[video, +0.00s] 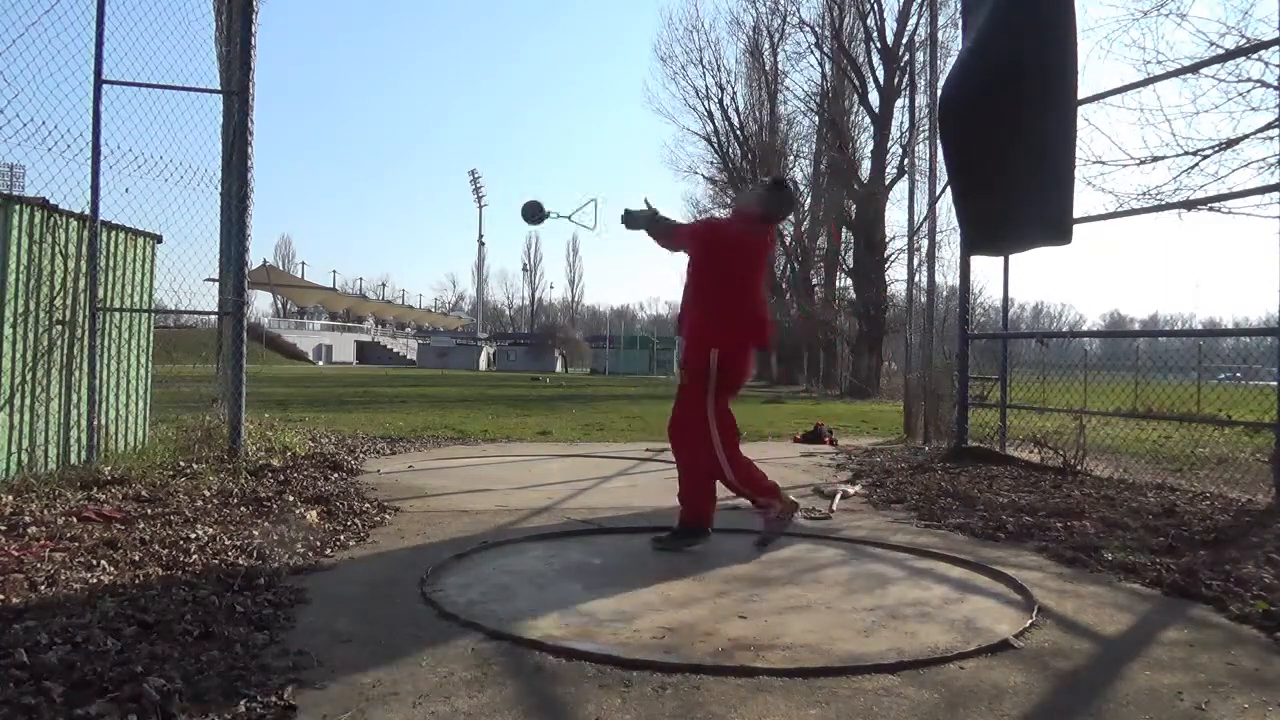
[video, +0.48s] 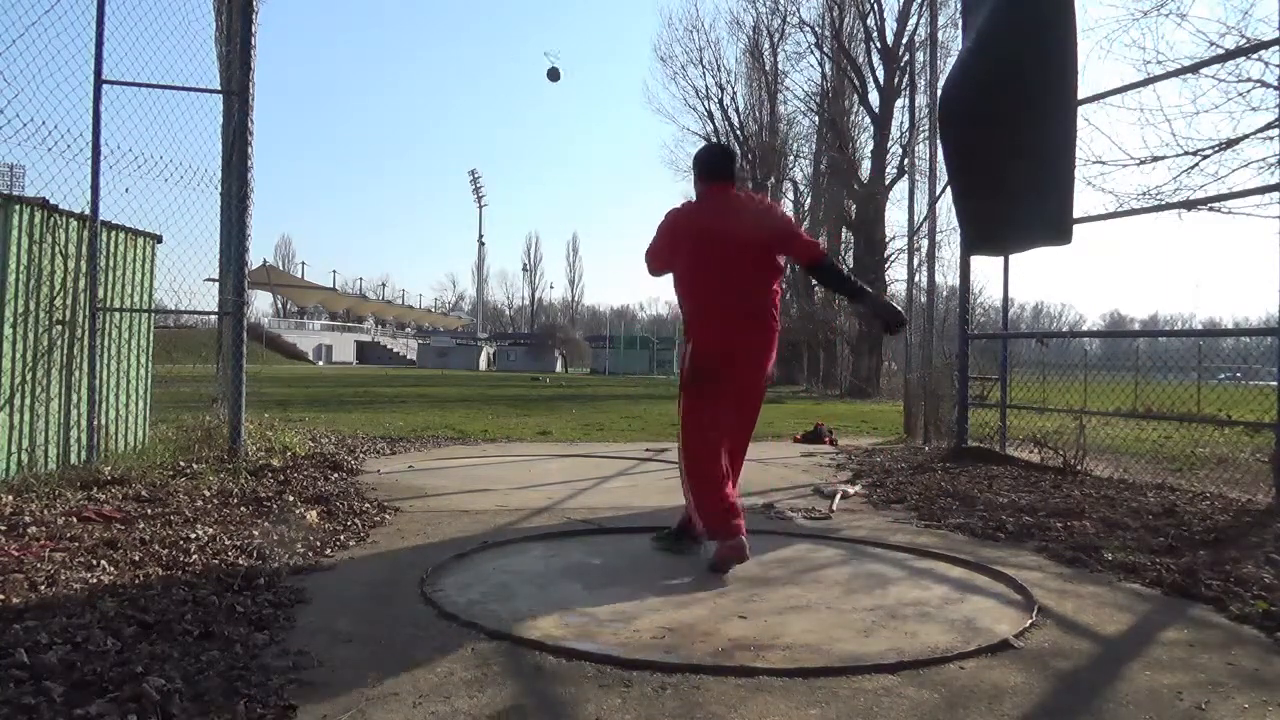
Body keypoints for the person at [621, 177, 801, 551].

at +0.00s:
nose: (742, 192)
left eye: (753, 191)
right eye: (749, 189)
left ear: (761, 206)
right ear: (766, 209)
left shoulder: (741, 233)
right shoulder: (741, 232)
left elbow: (681, 235)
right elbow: (689, 236)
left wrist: (648, 220)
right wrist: (656, 220)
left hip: (717, 346)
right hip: (708, 345)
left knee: (710, 433)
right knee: (685, 430)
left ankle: (774, 504)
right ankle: (693, 523)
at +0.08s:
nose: (707, 186)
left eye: (712, 181)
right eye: (711, 182)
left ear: (720, 188)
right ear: (746, 195)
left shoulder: (714, 219)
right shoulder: (745, 222)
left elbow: (676, 216)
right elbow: (688, 225)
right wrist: (708, 195)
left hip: (714, 340)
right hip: (730, 339)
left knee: (711, 434)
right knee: (698, 433)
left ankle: (773, 512)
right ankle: (693, 524)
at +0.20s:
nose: (683, 180)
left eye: (686, 173)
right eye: (688, 173)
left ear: (691, 176)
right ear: (727, 178)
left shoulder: (672, 213)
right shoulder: (748, 207)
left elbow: (665, 215)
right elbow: (809, 195)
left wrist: (708, 197)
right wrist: (854, 168)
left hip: (701, 338)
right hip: (741, 336)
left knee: (716, 437)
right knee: (716, 436)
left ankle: (772, 518)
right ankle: (692, 525)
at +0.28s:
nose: (686, 182)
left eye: (686, 175)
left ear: (686, 177)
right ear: (725, 176)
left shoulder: (674, 213)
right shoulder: (752, 207)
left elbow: (653, 233)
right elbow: (814, 211)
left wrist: (697, 209)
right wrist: (874, 207)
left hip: (700, 336)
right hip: (745, 336)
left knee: (707, 431)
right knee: (717, 432)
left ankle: (761, 516)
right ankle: (692, 526)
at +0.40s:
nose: (691, 185)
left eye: (690, 177)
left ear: (691, 178)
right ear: (729, 176)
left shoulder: (676, 218)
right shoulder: (758, 212)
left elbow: (647, 257)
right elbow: (817, 245)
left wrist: (685, 229)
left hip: (701, 336)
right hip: (751, 337)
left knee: (696, 425)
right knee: (728, 427)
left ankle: (721, 525)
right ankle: (693, 522)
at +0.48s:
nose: (696, 184)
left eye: (695, 177)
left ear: (697, 177)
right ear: (735, 175)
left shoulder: (681, 219)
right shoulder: (765, 213)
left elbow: (655, 264)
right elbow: (820, 264)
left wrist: (695, 236)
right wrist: (872, 302)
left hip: (707, 345)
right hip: (758, 347)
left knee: (701, 440)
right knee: (733, 437)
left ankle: (729, 536)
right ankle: (692, 523)